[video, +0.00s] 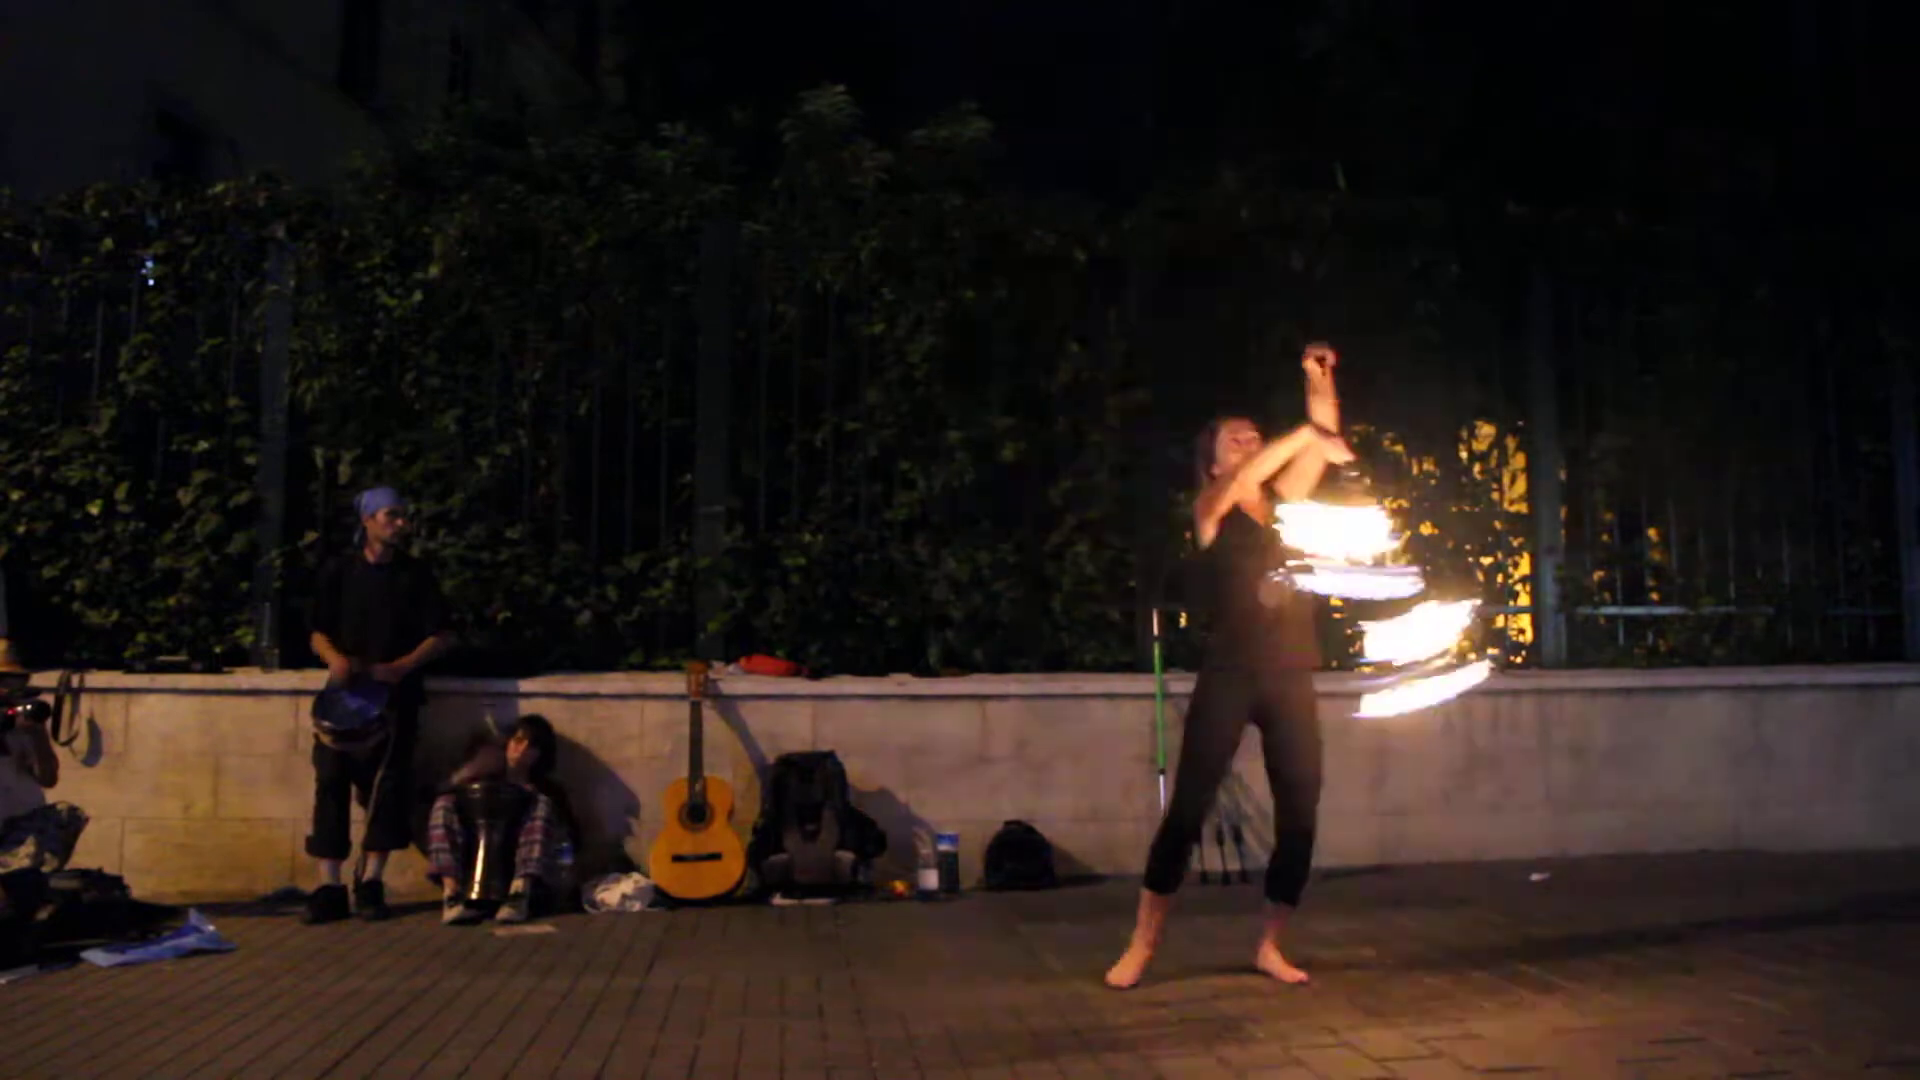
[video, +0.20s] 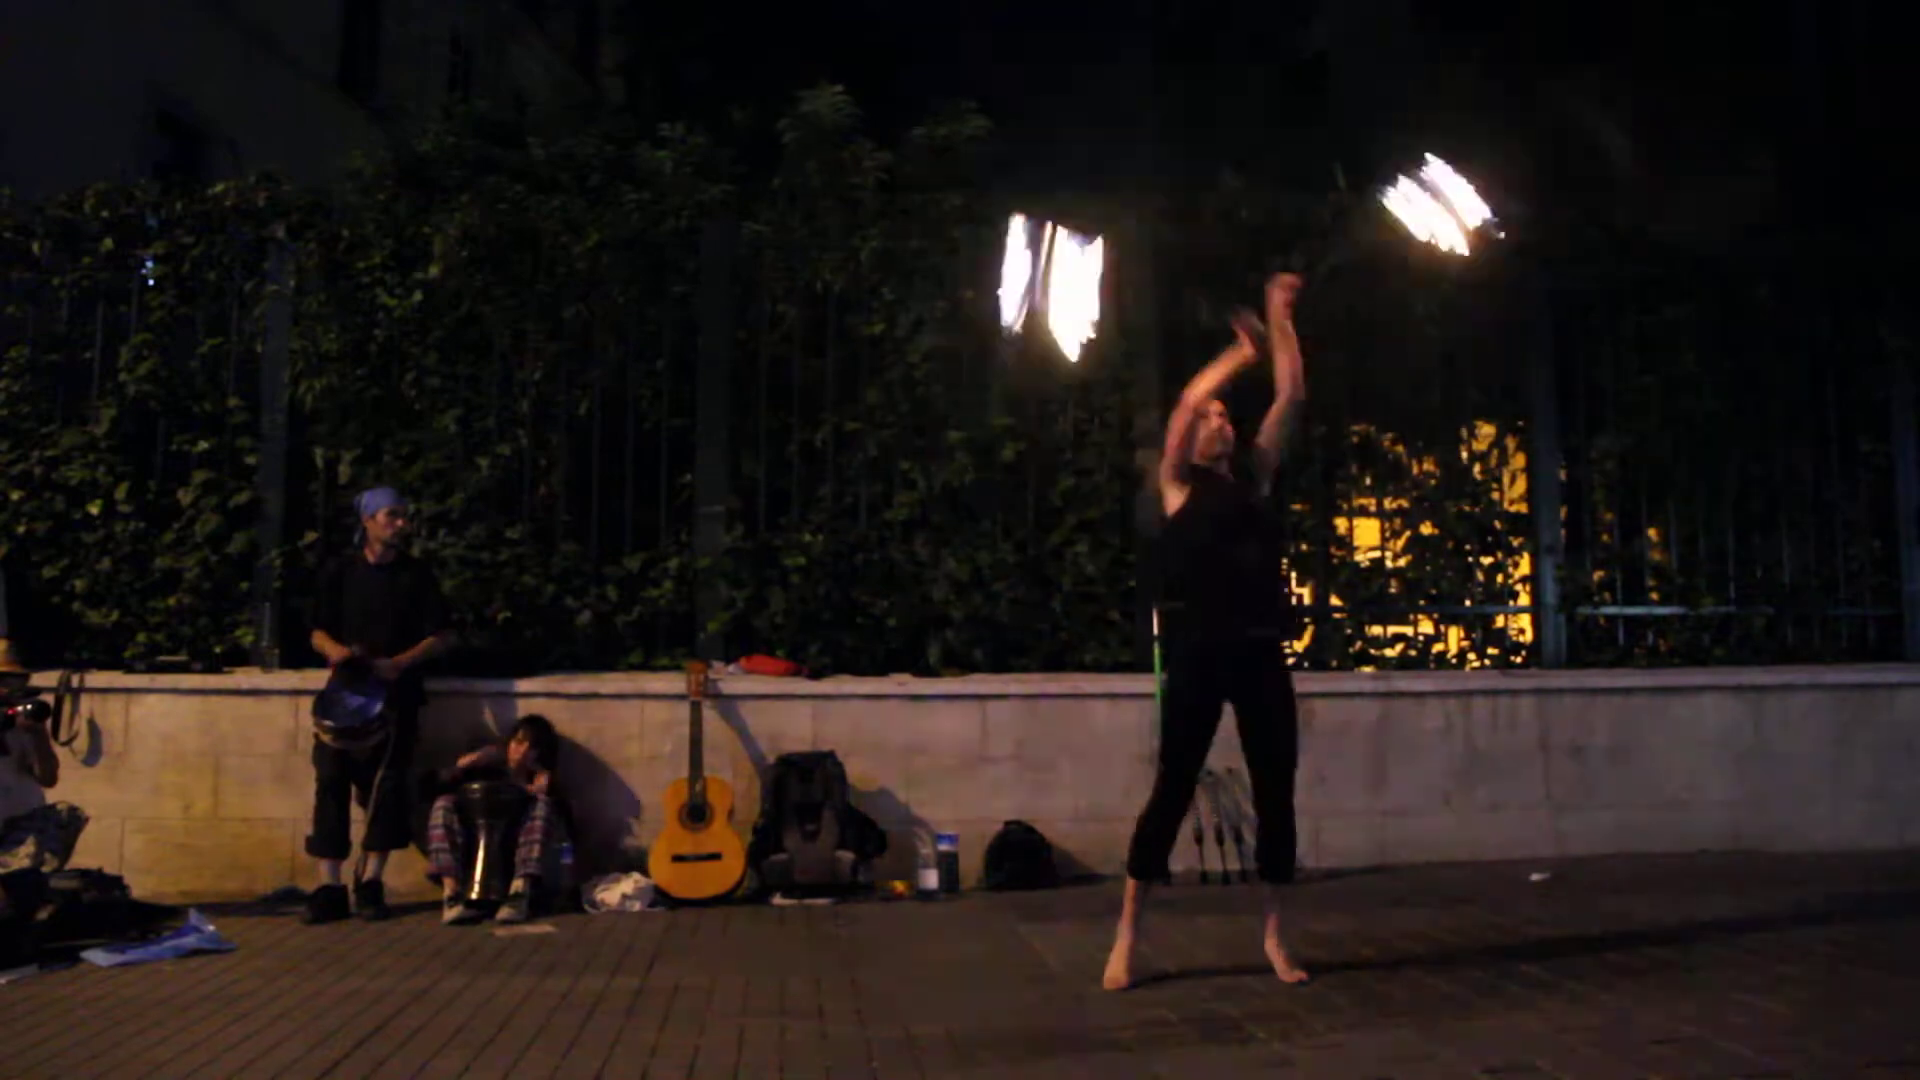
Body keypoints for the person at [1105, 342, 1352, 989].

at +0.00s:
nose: (1248, 443)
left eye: (1254, 437)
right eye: (1234, 437)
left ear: (1266, 447)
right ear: (1209, 457)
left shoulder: (1282, 503)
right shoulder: (1207, 512)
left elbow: (1321, 449)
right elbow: (1244, 481)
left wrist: (1321, 382)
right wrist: (1312, 433)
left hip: (1291, 679)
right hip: (1227, 677)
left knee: (1300, 814)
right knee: (1187, 811)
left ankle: (1270, 945)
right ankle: (1142, 942)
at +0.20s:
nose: (1218, 423)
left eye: (1225, 416)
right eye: (1206, 418)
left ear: (1237, 431)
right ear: (1186, 433)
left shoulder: (1256, 476)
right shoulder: (1177, 484)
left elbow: (1289, 395)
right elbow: (1189, 402)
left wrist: (1280, 317)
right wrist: (1241, 349)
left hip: (1260, 651)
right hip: (1194, 652)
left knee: (1276, 792)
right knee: (1174, 789)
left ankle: (1275, 936)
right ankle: (1126, 935)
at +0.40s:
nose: (1185, 444)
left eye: (1192, 436)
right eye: (1174, 438)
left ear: (1207, 448)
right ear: (1156, 454)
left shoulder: (1222, 501)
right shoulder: (1145, 498)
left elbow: (1245, 418)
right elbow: (1147, 396)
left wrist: (1189, 347)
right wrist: (1181, 325)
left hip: (1223, 674)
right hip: (1158, 677)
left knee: (1257, 810)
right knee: (1146, 816)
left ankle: (1275, 943)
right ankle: (1121, 946)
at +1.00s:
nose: (1215, 438)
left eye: (1221, 432)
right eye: (1201, 432)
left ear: (1231, 450)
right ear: (1176, 451)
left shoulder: (1248, 505)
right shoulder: (1171, 501)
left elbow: (1261, 434)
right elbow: (1199, 431)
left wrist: (1230, 362)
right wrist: (1234, 350)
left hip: (1248, 671)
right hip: (1185, 672)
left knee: (1267, 808)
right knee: (1157, 807)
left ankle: (1259, 942)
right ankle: (1116, 946)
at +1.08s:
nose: (1216, 445)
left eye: (1225, 438)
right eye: (1202, 438)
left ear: (1243, 452)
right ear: (1183, 460)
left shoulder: (1256, 507)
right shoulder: (1175, 506)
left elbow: (1268, 463)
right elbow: (1225, 496)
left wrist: (1239, 406)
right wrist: (1269, 431)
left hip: (1253, 679)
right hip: (1191, 681)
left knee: (1270, 815)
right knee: (1157, 812)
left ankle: (1255, 944)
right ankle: (1117, 942)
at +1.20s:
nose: (1226, 450)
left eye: (1232, 443)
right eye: (1212, 443)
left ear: (1242, 459)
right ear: (1188, 462)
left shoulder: (1268, 524)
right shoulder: (1183, 529)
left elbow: (1278, 594)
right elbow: (1231, 602)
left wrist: (1264, 554)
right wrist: (1296, 611)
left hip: (1254, 684)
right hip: (1190, 685)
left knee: (1272, 816)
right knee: (1150, 814)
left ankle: (1256, 942)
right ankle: (1107, 937)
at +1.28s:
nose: (1217, 441)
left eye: (1223, 434)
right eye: (1204, 435)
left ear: (1237, 452)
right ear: (1183, 457)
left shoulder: (1266, 520)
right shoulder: (1177, 524)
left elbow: (1295, 591)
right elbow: (1186, 617)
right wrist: (1235, 674)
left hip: (1251, 673)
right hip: (1188, 674)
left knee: (1261, 807)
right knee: (1147, 803)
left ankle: (1257, 946)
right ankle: (1099, 939)